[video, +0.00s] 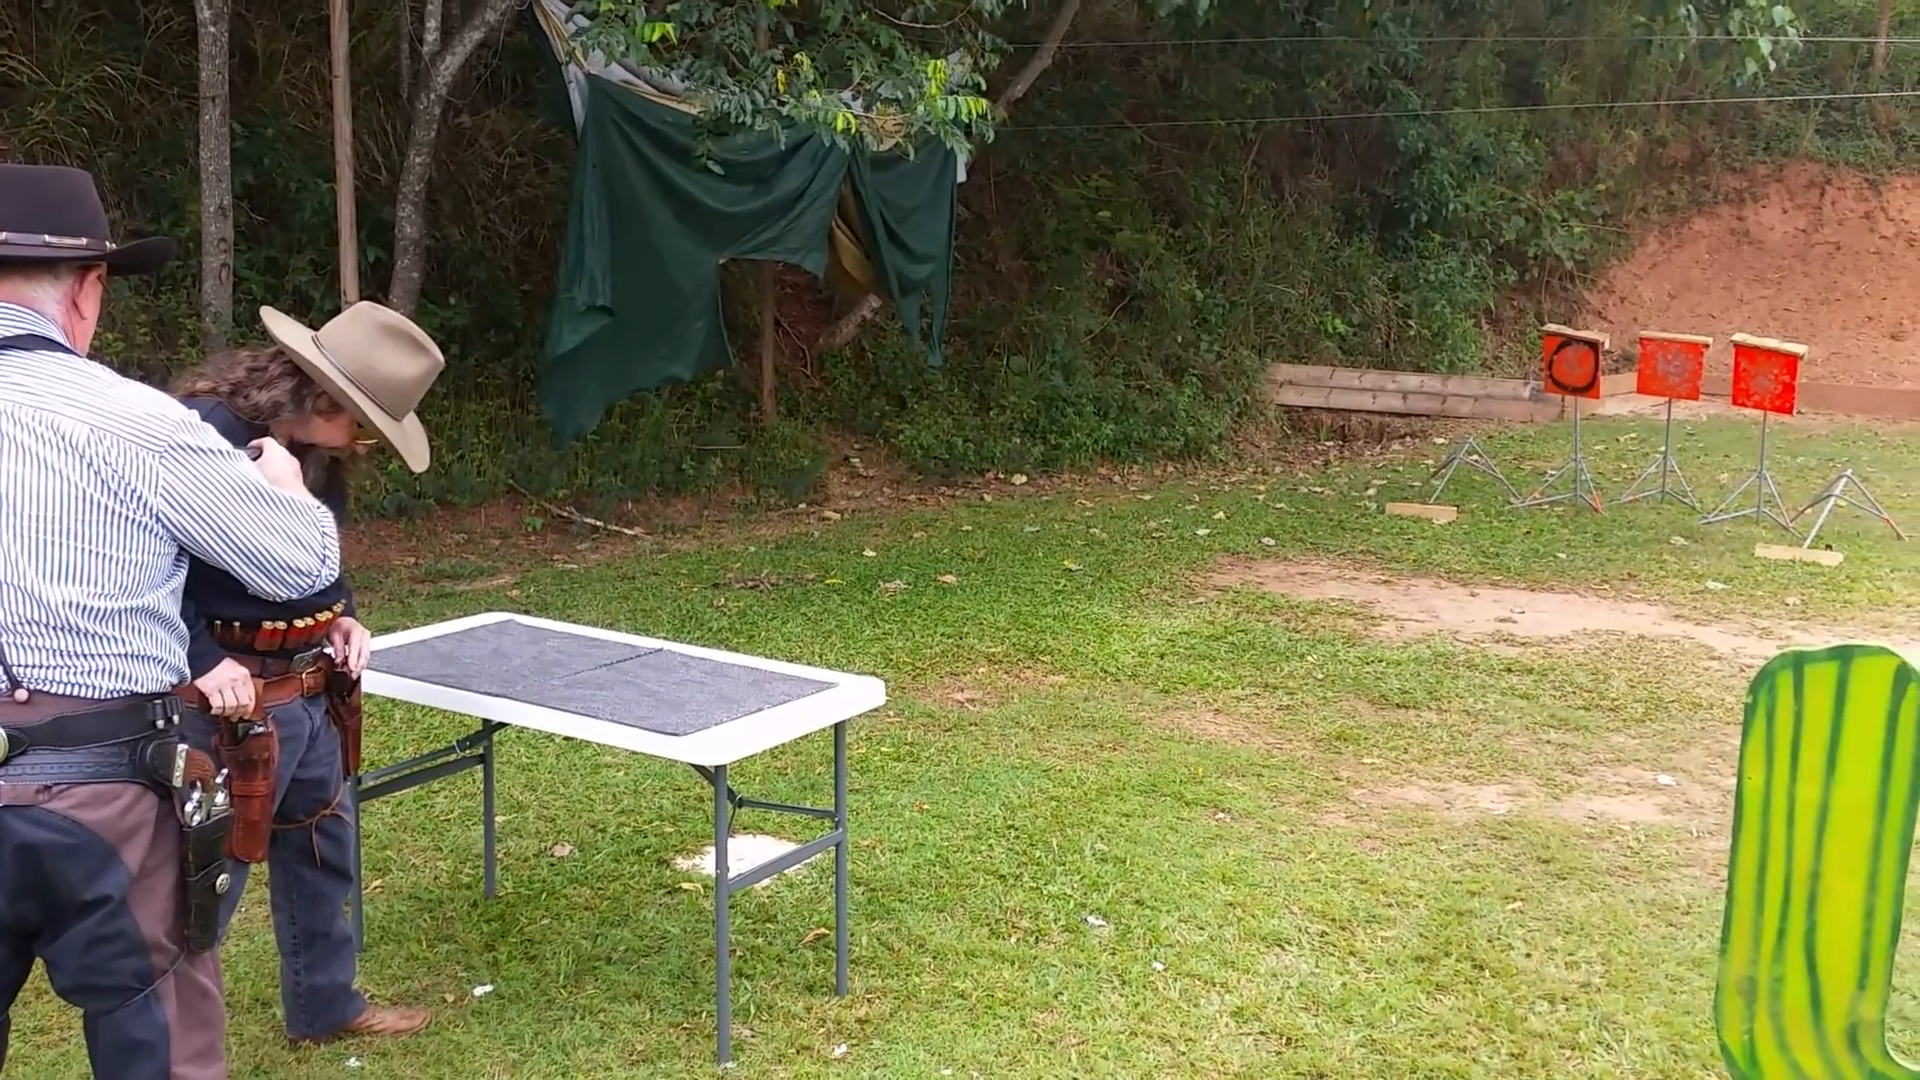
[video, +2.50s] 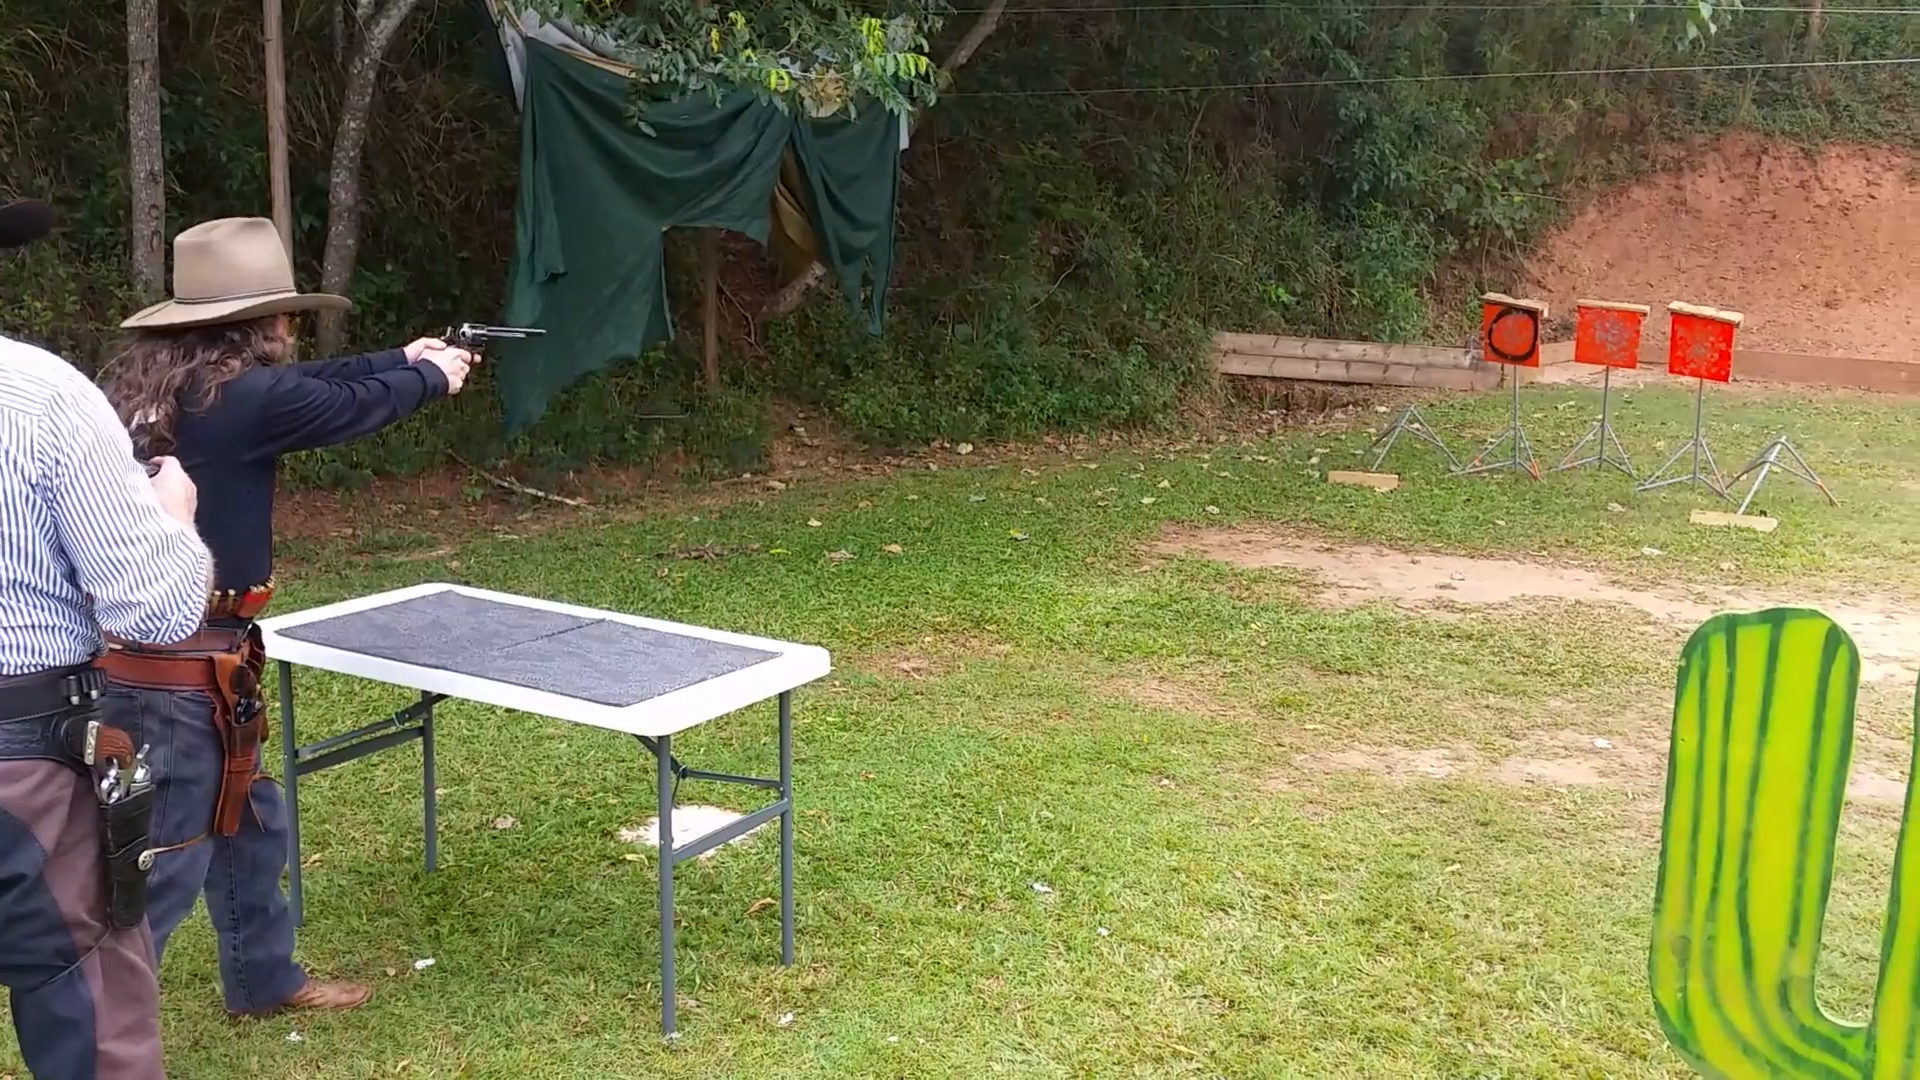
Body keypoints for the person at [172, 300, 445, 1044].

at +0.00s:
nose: (357, 445)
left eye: (366, 434)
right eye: (359, 429)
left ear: (336, 409)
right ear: (328, 402)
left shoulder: (309, 460)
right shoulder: (200, 439)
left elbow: (304, 561)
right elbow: (151, 569)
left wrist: (336, 618)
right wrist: (202, 656)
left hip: (307, 694)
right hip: (225, 706)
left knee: (321, 854)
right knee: (206, 883)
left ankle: (324, 1006)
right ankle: (168, 1033)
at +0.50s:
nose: (350, 432)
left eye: (358, 421)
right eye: (352, 416)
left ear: (324, 395)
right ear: (320, 390)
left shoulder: (297, 445)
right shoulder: (189, 425)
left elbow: (289, 548)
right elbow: (141, 556)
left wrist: (325, 605)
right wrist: (192, 643)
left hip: (296, 681)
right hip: (215, 694)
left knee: (313, 839)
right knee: (197, 870)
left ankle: (316, 992)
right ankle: (159, 1017)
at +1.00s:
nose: (327, 421)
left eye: (336, 409)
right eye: (328, 405)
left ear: (303, 386)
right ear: (295, 378)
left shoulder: (282, 432)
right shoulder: (180, 413)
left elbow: (284, 528)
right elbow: (185, 554)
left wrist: (322, 585)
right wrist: (284, 612)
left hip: (277, 666)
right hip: (198, 673)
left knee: (300, 824)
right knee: (180, 856)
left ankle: (302, 986)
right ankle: (145, 1008)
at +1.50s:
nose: (303, 340)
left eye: (302, 324)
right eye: (296, 325)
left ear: (217, 325)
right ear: (262, 330)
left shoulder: (167, 379)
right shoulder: (221, 382)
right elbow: (250, 472)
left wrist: (271, 524)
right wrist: (318, 510)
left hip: (233, 651)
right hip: (197, 657)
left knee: (276, 817)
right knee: (175, 852)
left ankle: (285, 982)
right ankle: (127, 1011)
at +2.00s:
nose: (281, 329)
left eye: (276, 316)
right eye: (271, 317)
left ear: (192, 325)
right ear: (243, 327)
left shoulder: (161, 393)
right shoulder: (231, 403)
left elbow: (306, 397)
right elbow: (342, 412)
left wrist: (393, 370)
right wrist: (427, 384)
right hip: (192, 663)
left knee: (263, 815)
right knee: (183, 858)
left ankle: (275, 980)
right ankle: (108, 1012)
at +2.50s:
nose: (290, 328)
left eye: (285, 316)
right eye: (281, 315)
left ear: (200, 320)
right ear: (255, 321)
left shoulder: (159, 384)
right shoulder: (242, 398)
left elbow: (306, 383)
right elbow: (352, 407)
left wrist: (401, 359)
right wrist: (432, 378)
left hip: (137, 652)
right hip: (184, 667)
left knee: (254, 817)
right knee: (166, 862)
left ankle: (264, 982)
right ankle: (93, 1016)